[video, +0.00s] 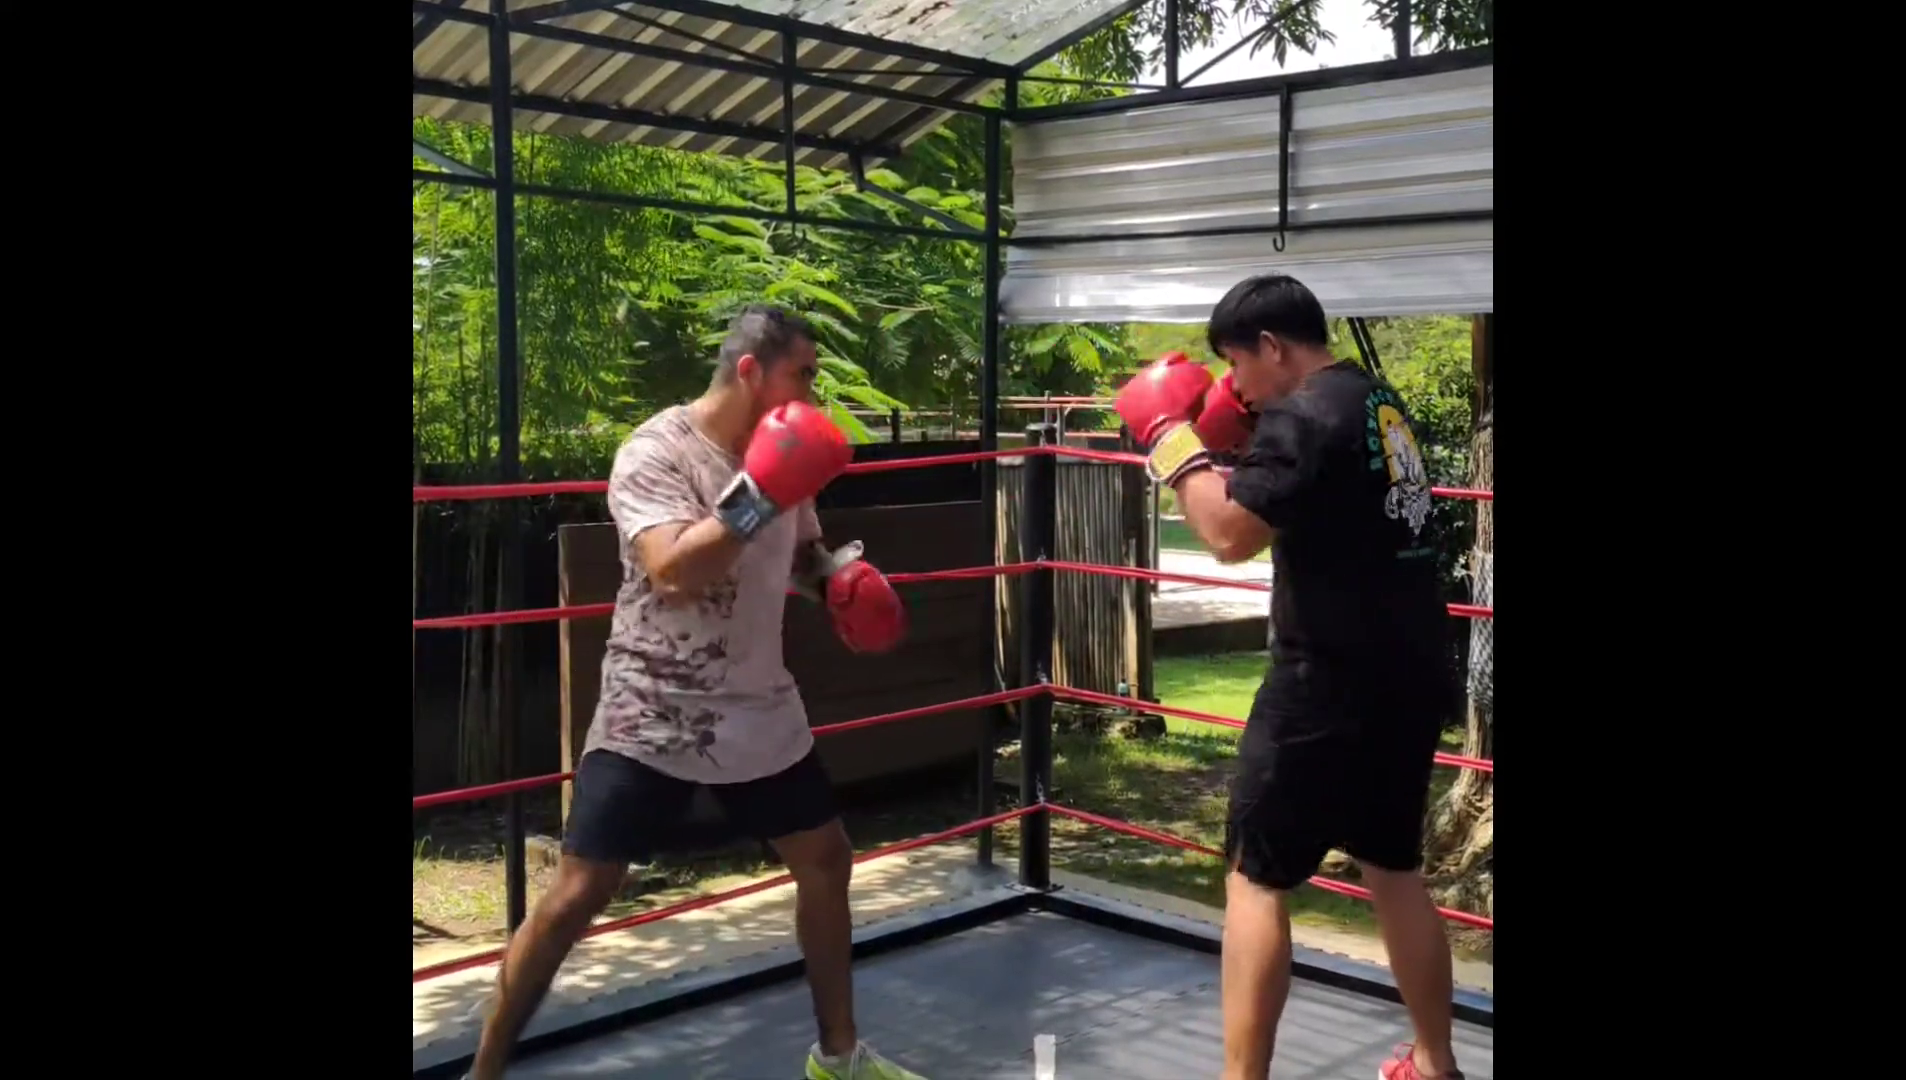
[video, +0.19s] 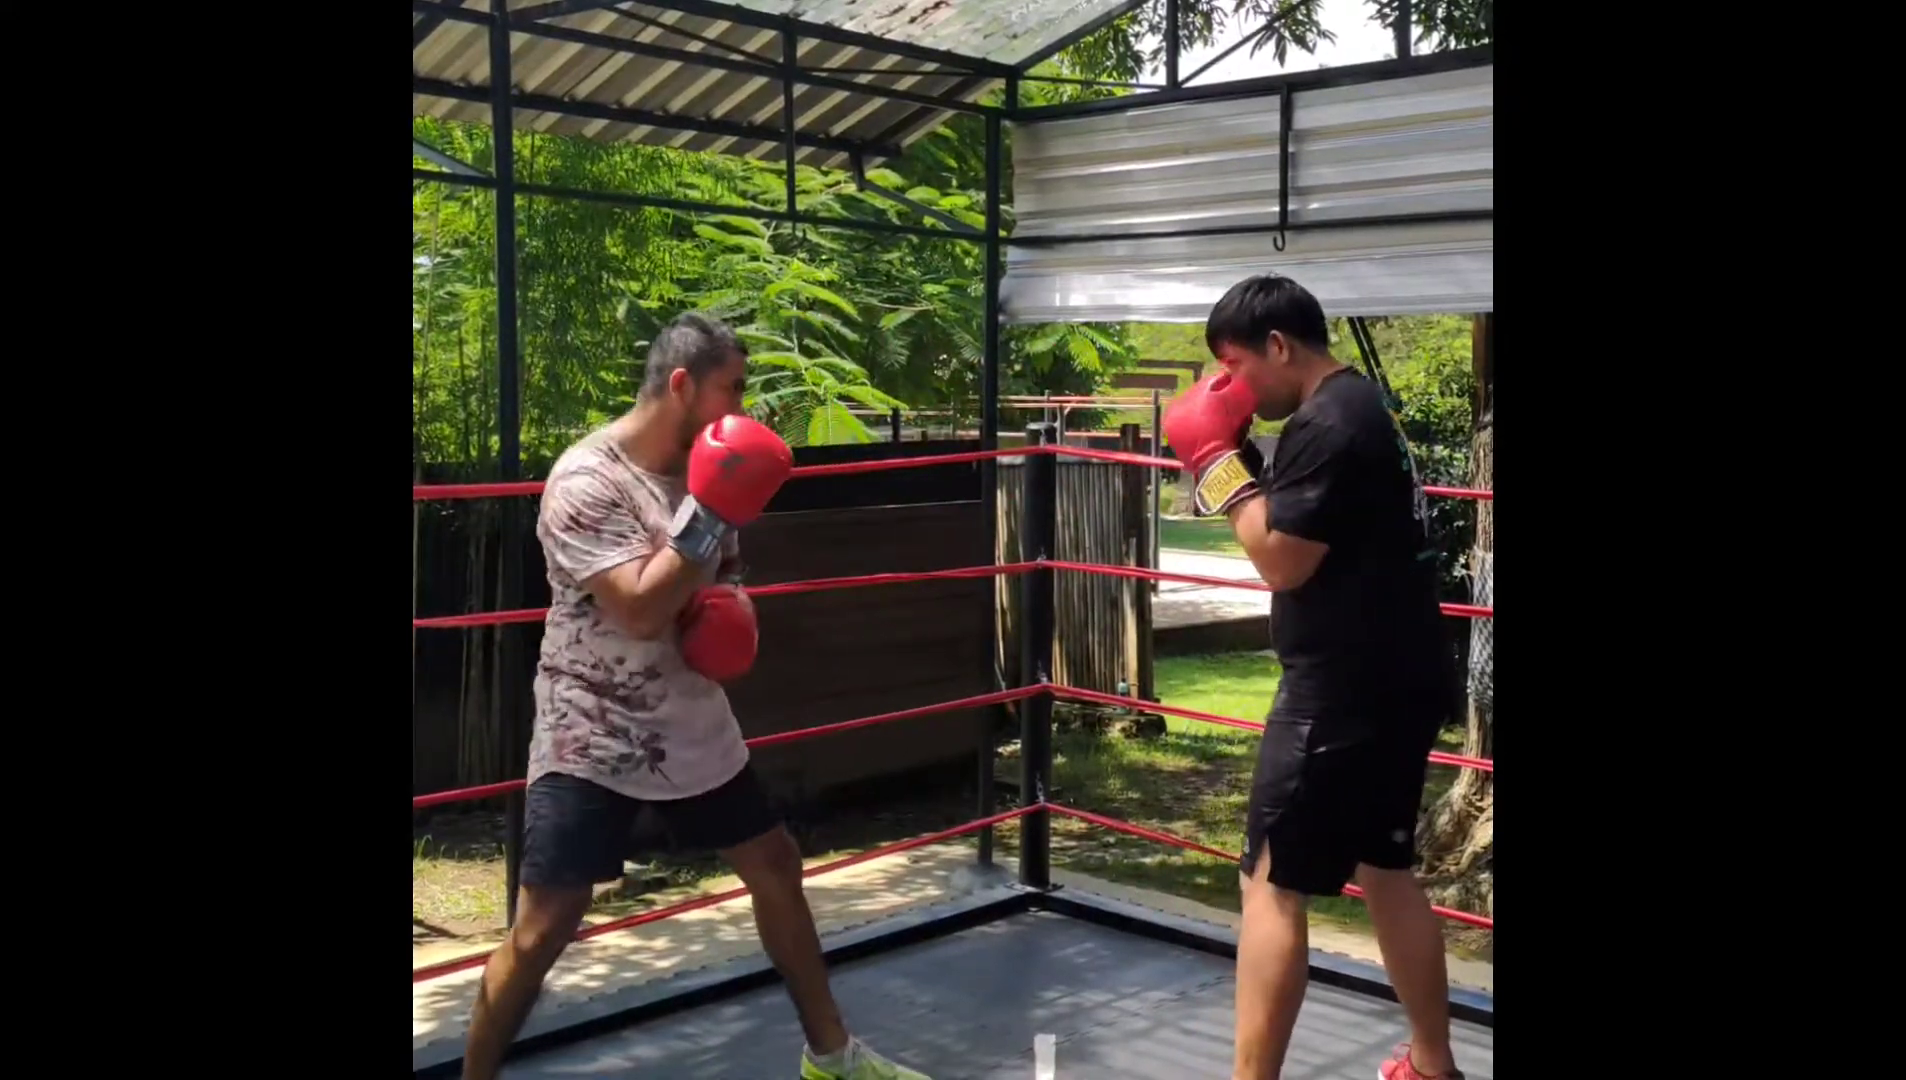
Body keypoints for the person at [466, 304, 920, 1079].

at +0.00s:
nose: (810, 395)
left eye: (813, 379)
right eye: (802, 375)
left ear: (753, 372)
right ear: (748, 368)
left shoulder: (784, 460)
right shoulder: (654, 450)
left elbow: (805, 555)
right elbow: (670, 568)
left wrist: (844, 580)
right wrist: (763, 489)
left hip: (759, 712)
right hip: (649, 714)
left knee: (825, 861)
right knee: (576, 895)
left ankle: (840, 1053)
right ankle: (484, 1069)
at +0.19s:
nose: (738, 407)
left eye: (740, 390)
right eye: (731, 388)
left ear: (685, 388)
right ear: (681, 385)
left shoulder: (704, 475)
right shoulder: (581, 482)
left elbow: (721, 580)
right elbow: (639, 607)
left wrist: (728, 624)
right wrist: (710, 509)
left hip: (695, 728)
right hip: (588, 737)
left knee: (775, 868)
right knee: (541, 932)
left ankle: (831, 1050)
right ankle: (475, 1074)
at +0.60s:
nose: (755, 383)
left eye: (757, 366)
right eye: (750, 365)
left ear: (688, 363)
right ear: (707, 363)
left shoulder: (644, 432)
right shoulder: (686, 444)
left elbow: (619, 564)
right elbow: (816, 507)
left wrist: (717, 570)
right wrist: (859, 404)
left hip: (677, 708)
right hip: (621, 713)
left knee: (747, 852)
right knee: (567, 918)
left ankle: (769, 1048)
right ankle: (482, 1071)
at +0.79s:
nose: (743, 379)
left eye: (744, 364)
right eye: (736, 362)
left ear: (678, 364)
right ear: (692, 362)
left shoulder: (644, 440)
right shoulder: (654, 454)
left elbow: (607, 577)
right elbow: (769, 542)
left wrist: (720, 583)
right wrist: (788, 450)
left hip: (685, 719)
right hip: (629, 726)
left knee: (758, 850)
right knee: (582, 923)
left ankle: (770, 1046)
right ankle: (489, 1072)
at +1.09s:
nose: (684, 411)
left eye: (688, 396)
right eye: (678, 393)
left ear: (630, 387)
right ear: (630, 385)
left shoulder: (636, 475)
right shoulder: (531, 482)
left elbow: (656, 583)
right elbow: (602, 605)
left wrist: (661, 623)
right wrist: (673, 513)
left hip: (627, 717)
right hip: (539, 728)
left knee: (710, 866)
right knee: (529, 932)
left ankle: (766, 1048)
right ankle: (472, 1075)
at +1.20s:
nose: (673, 400)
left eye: (679, 384)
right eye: (668, 380)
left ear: (620, 375)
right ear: (617, 371)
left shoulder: (620, 462)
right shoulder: (526, 469)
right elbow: (605, 594)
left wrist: (661, 590)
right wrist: (668, 496)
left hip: (625, 717)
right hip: (539, 727)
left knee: (695, 870)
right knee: (528, 933)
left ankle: (763, 1046)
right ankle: (473, 1074)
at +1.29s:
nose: (670, 391)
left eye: (676, 375)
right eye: (665, 373)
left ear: (616, 368)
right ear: (614, 364)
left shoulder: (615, 452)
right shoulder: (529, 459)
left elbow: (620, 581)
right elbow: (611, 584)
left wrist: (662, 589)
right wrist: (672, 485)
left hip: (630, 709)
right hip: (545, 721)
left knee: (711, 857)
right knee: (533, 934)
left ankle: (760, 1045)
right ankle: (473, 1074)